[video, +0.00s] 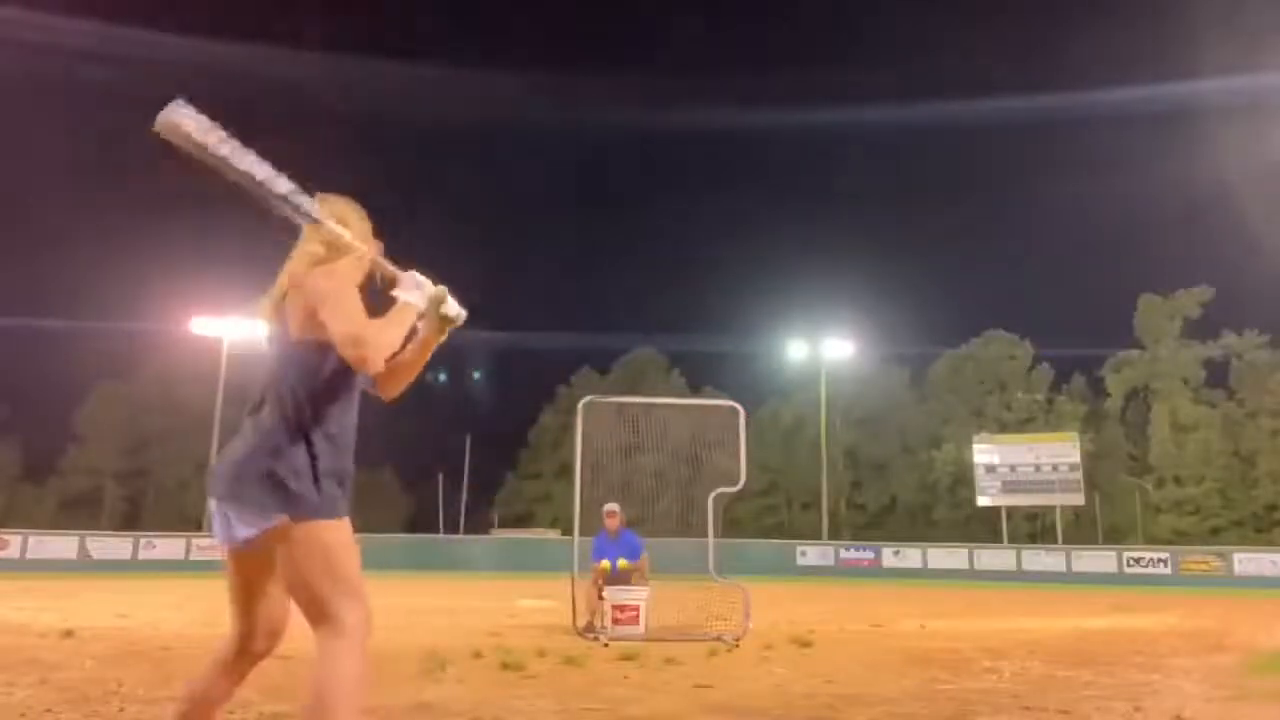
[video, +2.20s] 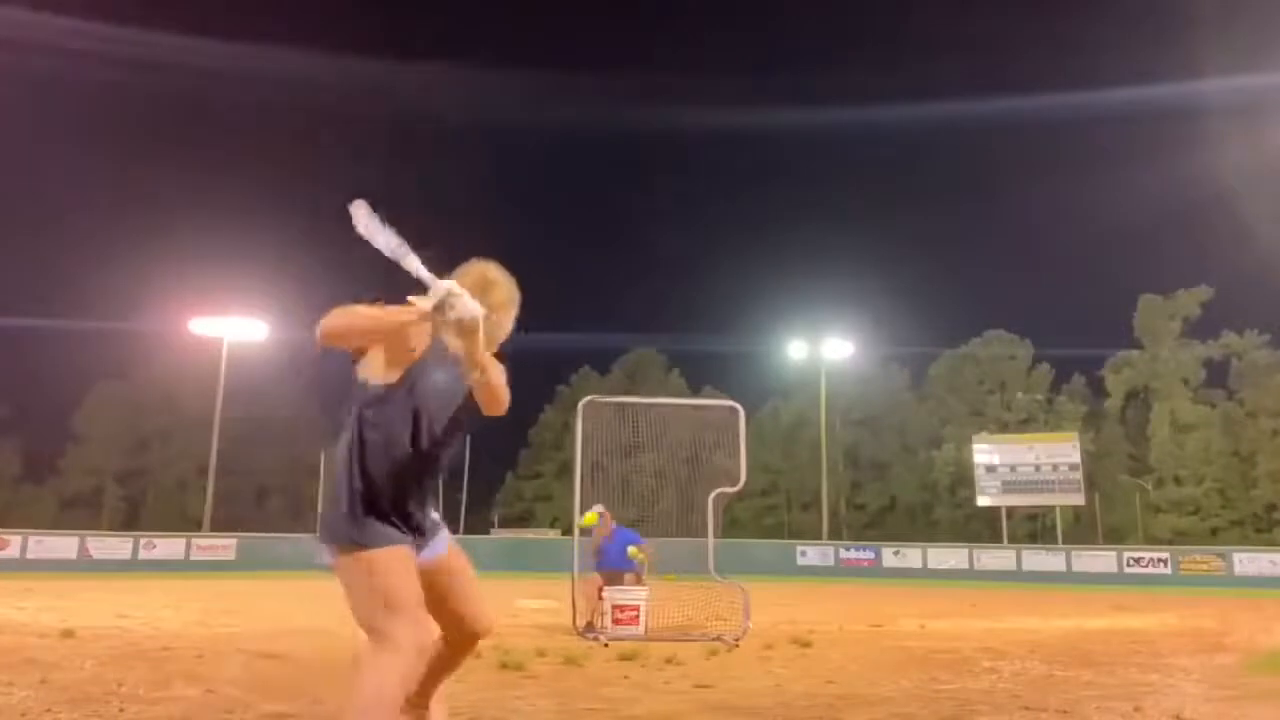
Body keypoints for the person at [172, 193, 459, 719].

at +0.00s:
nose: (374, 255)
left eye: (371, 247)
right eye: (369, 246)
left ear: (316, 238)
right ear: (355, 243)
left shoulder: (302, 286)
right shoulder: (330, 275)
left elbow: (387, 384)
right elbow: (366, 350)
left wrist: (433, 332)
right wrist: (410, 302)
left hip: (248, 473)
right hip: (293, 475)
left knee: (255, 635)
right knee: (345, 625)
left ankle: (185, 713)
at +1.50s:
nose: (430, 275)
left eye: (432, 266)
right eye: (430, 262)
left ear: (381, 247)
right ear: (414, 253)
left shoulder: (374, 309)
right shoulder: (360, 281)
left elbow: (427, 395)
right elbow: (382, 342)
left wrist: (478, 351)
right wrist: (452, 314)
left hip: (281, 480)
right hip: (307, 481)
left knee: (285, 637)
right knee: (374, 632)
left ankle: (199, 713)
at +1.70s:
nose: (454, 278)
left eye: (458, 270)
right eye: (455, 266)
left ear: (412, 256)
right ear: (438, 258)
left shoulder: (407, 321)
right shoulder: (376, 278)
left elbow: (431, 402)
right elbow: (377, 334)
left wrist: (477, 371)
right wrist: (463, 325)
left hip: (318, 482)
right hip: (309, 480)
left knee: (368, 634)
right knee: (390, 635)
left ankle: (272, 712)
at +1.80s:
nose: (472, 284)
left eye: (473, 273)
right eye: (471, 272)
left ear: (429, 263)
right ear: (457, 267)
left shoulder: (431, 330)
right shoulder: (387, 284)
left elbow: (441, 409)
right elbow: (361, 342)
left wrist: (474, 378)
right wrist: (456, 332)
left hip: (355, 487)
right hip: (311, 489)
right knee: (396, 634)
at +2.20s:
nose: (506, 331)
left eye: (506, 323)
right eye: (503, 320)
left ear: (486, 325)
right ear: (481, 312)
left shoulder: (482, 365)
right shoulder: (403, 331)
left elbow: (497, 404)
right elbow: (329, 329)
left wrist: (471, 345)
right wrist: (416, 312)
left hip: (418, 517)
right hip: (362, 515)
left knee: (470, 624)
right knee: (404, 641)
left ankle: (415, 701)